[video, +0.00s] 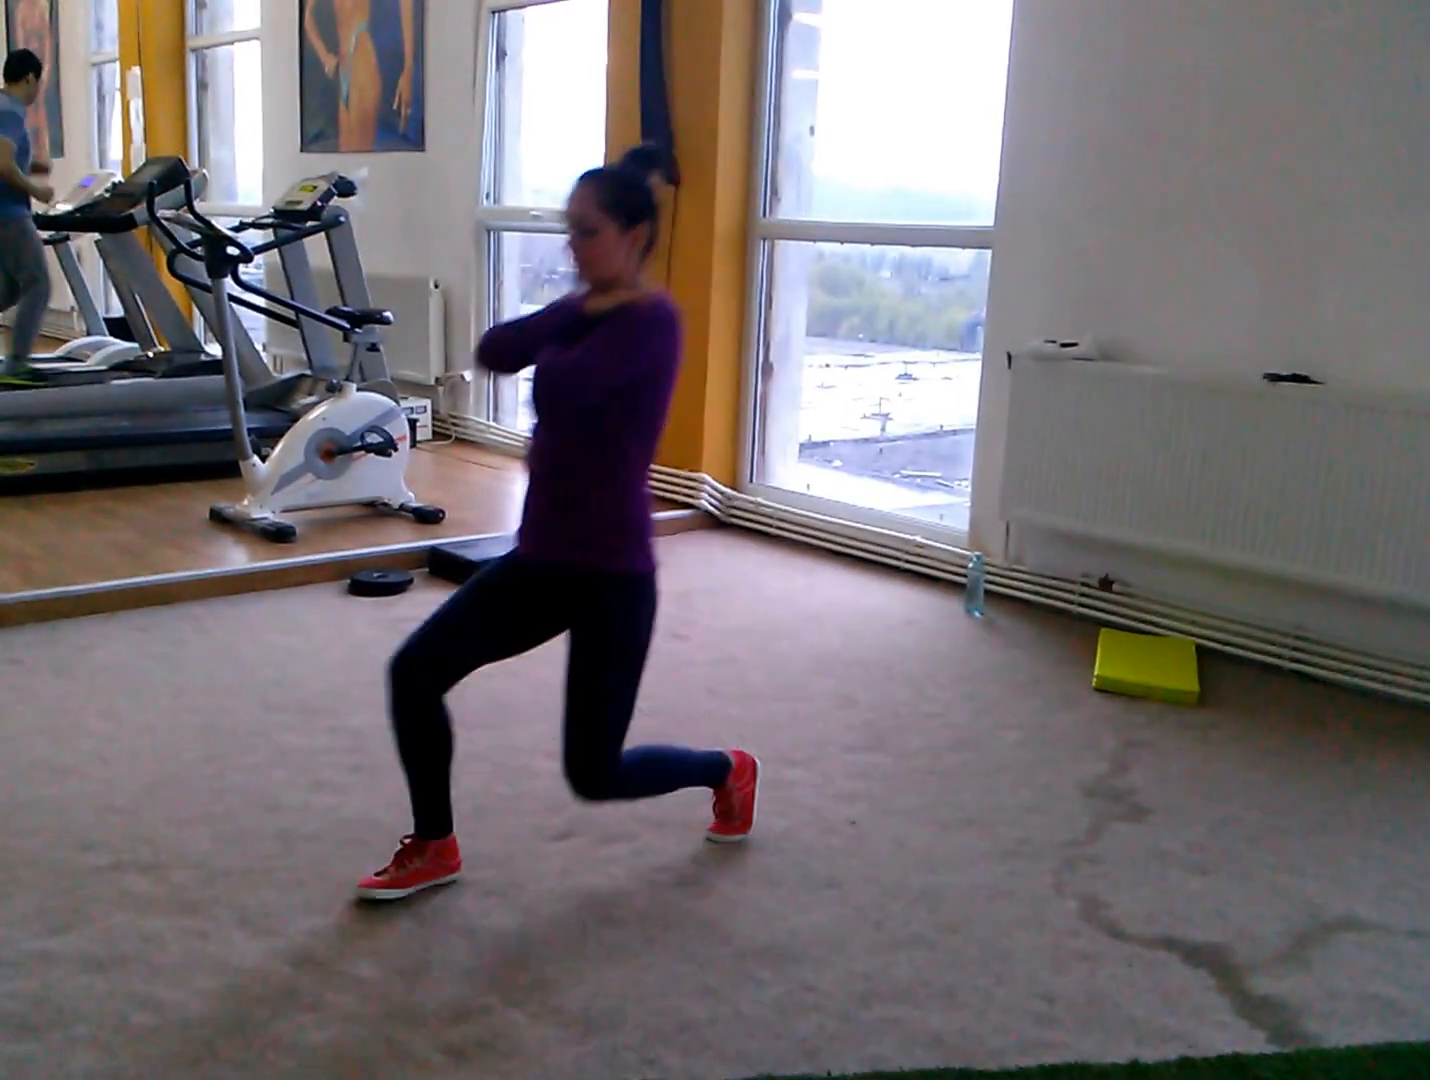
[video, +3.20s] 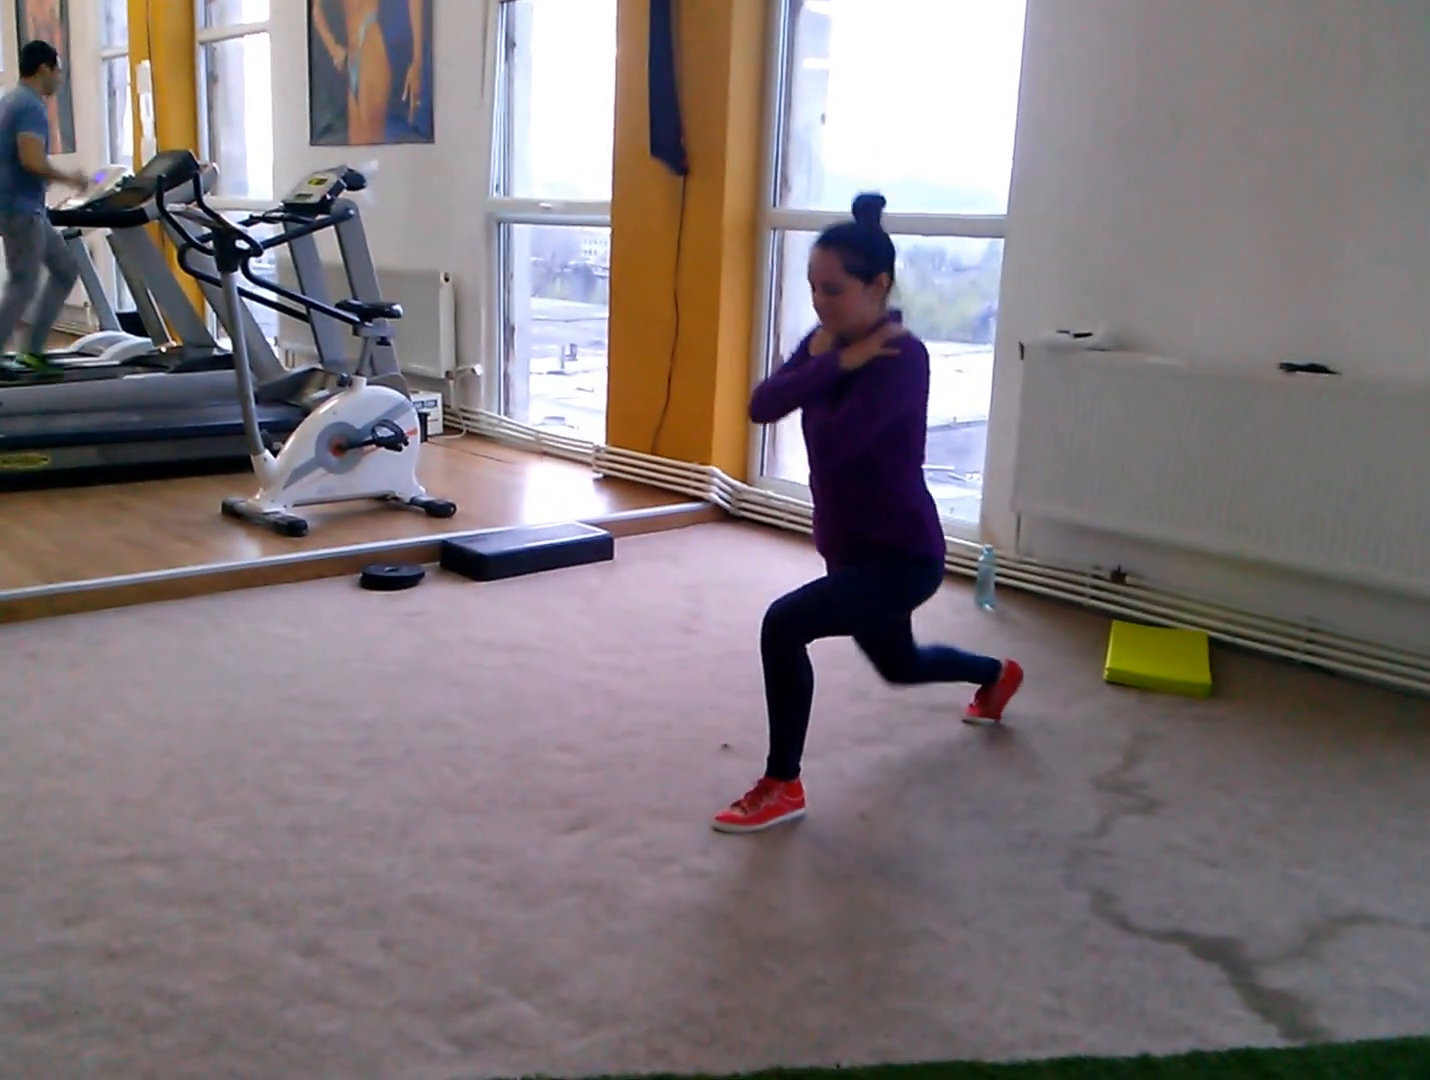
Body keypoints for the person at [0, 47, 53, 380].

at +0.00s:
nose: (39, 89)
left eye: (39, 82)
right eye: (38, 82)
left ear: (11, 78)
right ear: (28, 79)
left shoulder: (9, 110)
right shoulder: (11, 114)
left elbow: (8, 156)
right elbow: (6, 163)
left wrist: (30, 164)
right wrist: (33, 188)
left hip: (10, 213)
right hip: (11, 214)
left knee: (13, 286)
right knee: (38, 283)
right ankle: (17, 361)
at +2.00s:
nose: (44, 83)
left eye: (43, 76)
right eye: (41, 76)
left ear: (16, 78)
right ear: (27, 76)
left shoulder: (11, 110)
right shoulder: (13, 111)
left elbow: (13, 169)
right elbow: (8, 162)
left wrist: (48, 189)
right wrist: (44, 196)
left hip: (10, 214)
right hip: (11, 215)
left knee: (19, 286)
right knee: (46, 283)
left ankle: (4, 352)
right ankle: (1, 339)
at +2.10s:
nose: (44, 73)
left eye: (44, 66)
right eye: (41, 66)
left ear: (21, 66)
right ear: (26, 66)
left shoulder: (16, 101)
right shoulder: (9, 100)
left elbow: (21, 158)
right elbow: (1, 148)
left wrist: (57, 158)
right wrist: (28, 176)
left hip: (13, 203)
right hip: (11, 204)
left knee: (2, 275)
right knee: (52, 267)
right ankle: (36, 352)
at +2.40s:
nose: (47, 80)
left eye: (45, 73)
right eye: (44, 73)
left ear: (22, 74)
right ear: (31, 73)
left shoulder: (18, 109)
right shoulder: (16, 112)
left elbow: (17, 164)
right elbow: (17, 162)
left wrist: (40, 188)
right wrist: (51, 186)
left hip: (18, 214)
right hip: (11, 216)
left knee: (47, 279)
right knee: (27, 286)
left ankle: (4, 345)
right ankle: (3, 352)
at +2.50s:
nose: (47, 72)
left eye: (47, 64)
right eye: (45, 64)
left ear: (20, 65)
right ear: (32, 64)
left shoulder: (11, 95)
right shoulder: (20, 99)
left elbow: (22, 149)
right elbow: (26, 150)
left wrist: (48, 155)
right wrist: (56, 158)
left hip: (16, 210)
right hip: (12, 211)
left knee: (50, 268)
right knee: (1, 285)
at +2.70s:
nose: (47, 79)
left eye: (46, 72)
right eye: (43, 72)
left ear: (21, 74)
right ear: (30, 72)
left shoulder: (14, 106)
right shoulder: (19, 109)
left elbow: (16, 161)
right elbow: (17, 159)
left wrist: (45, 189)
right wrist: (50, 188)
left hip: (17, 210)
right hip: (15, 211)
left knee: (41, 283)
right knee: (43, 283)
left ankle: (25, 357)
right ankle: (23, 358)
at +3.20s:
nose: (59, 77)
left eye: (58, 70)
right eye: (57, 70)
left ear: (31, 70)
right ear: (44, 69)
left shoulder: (13, 102)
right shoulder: (29, 106)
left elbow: (25, 164)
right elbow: (32, 161)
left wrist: (62, 177)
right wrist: (71, 178)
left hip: (25, 210)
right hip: (20, 211)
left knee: (66, 269)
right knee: (23, 282)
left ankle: (33, 349)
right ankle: (1, 351)